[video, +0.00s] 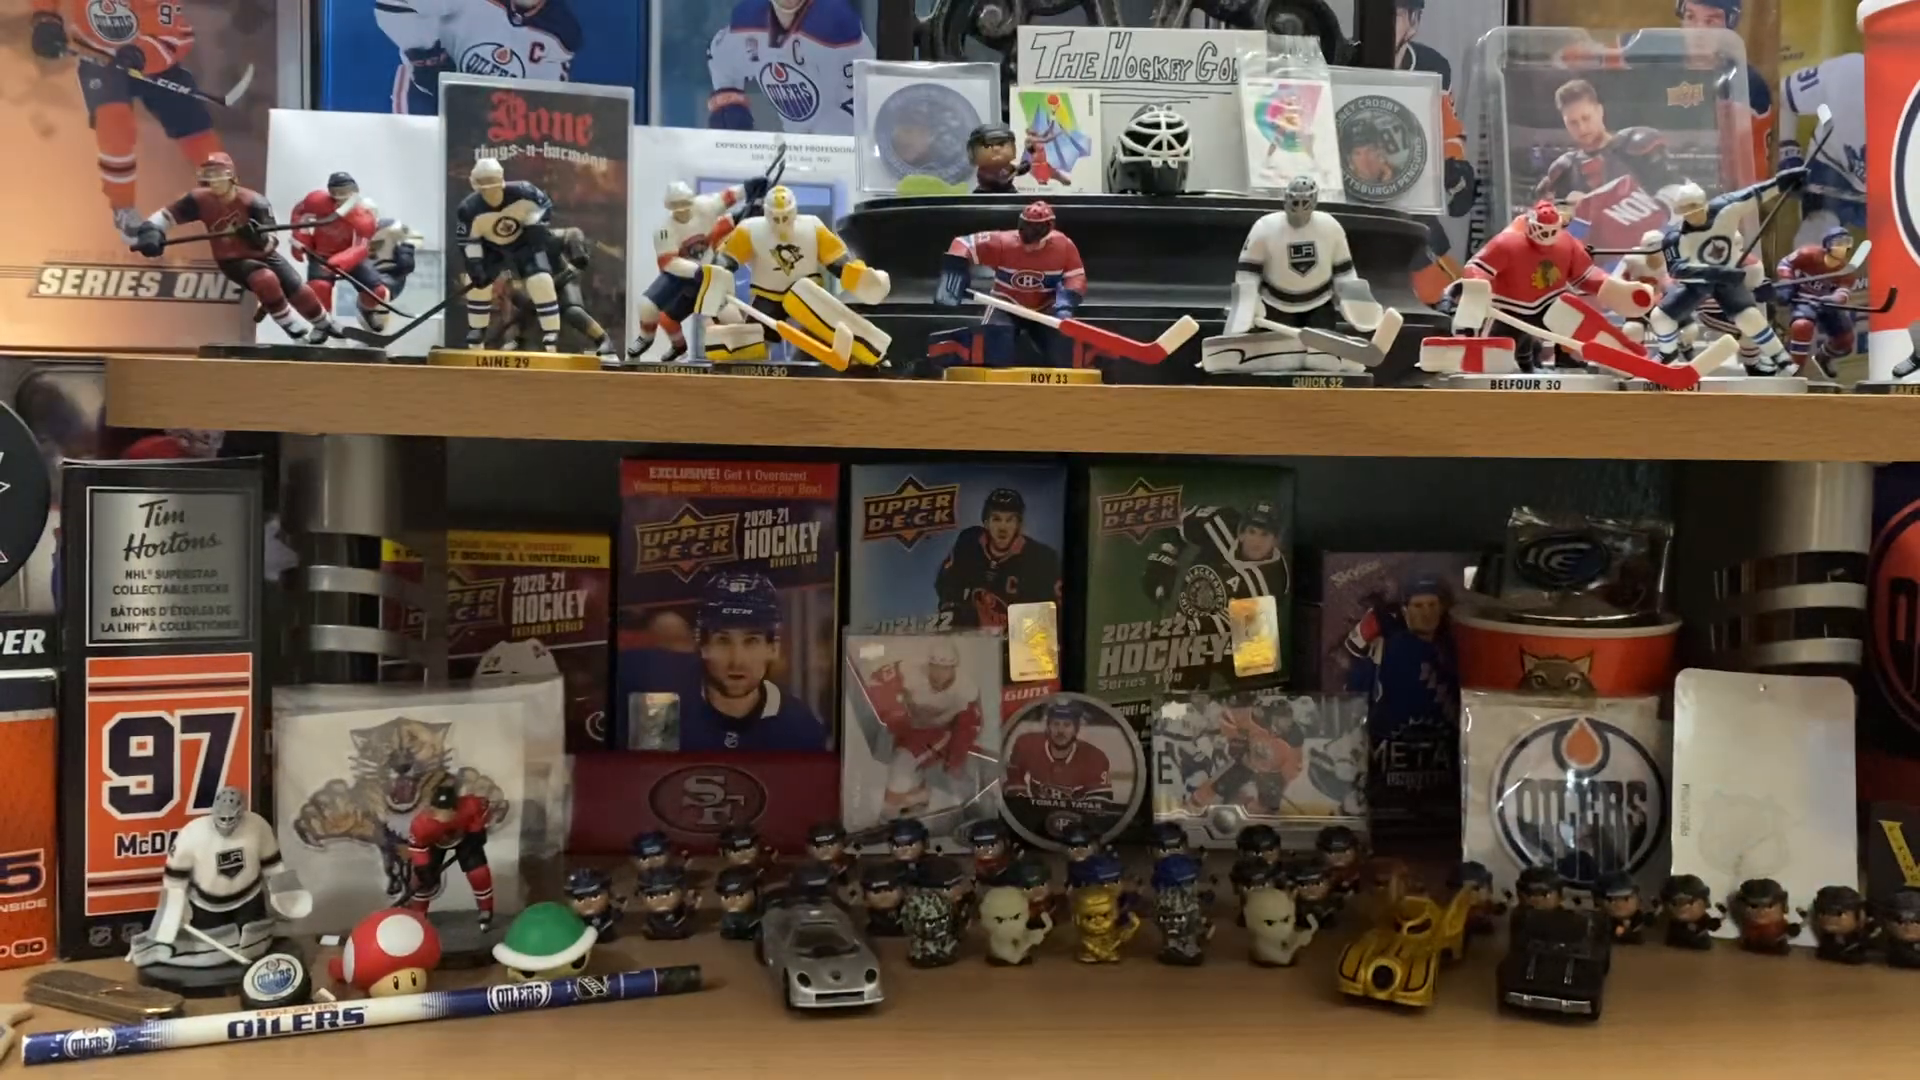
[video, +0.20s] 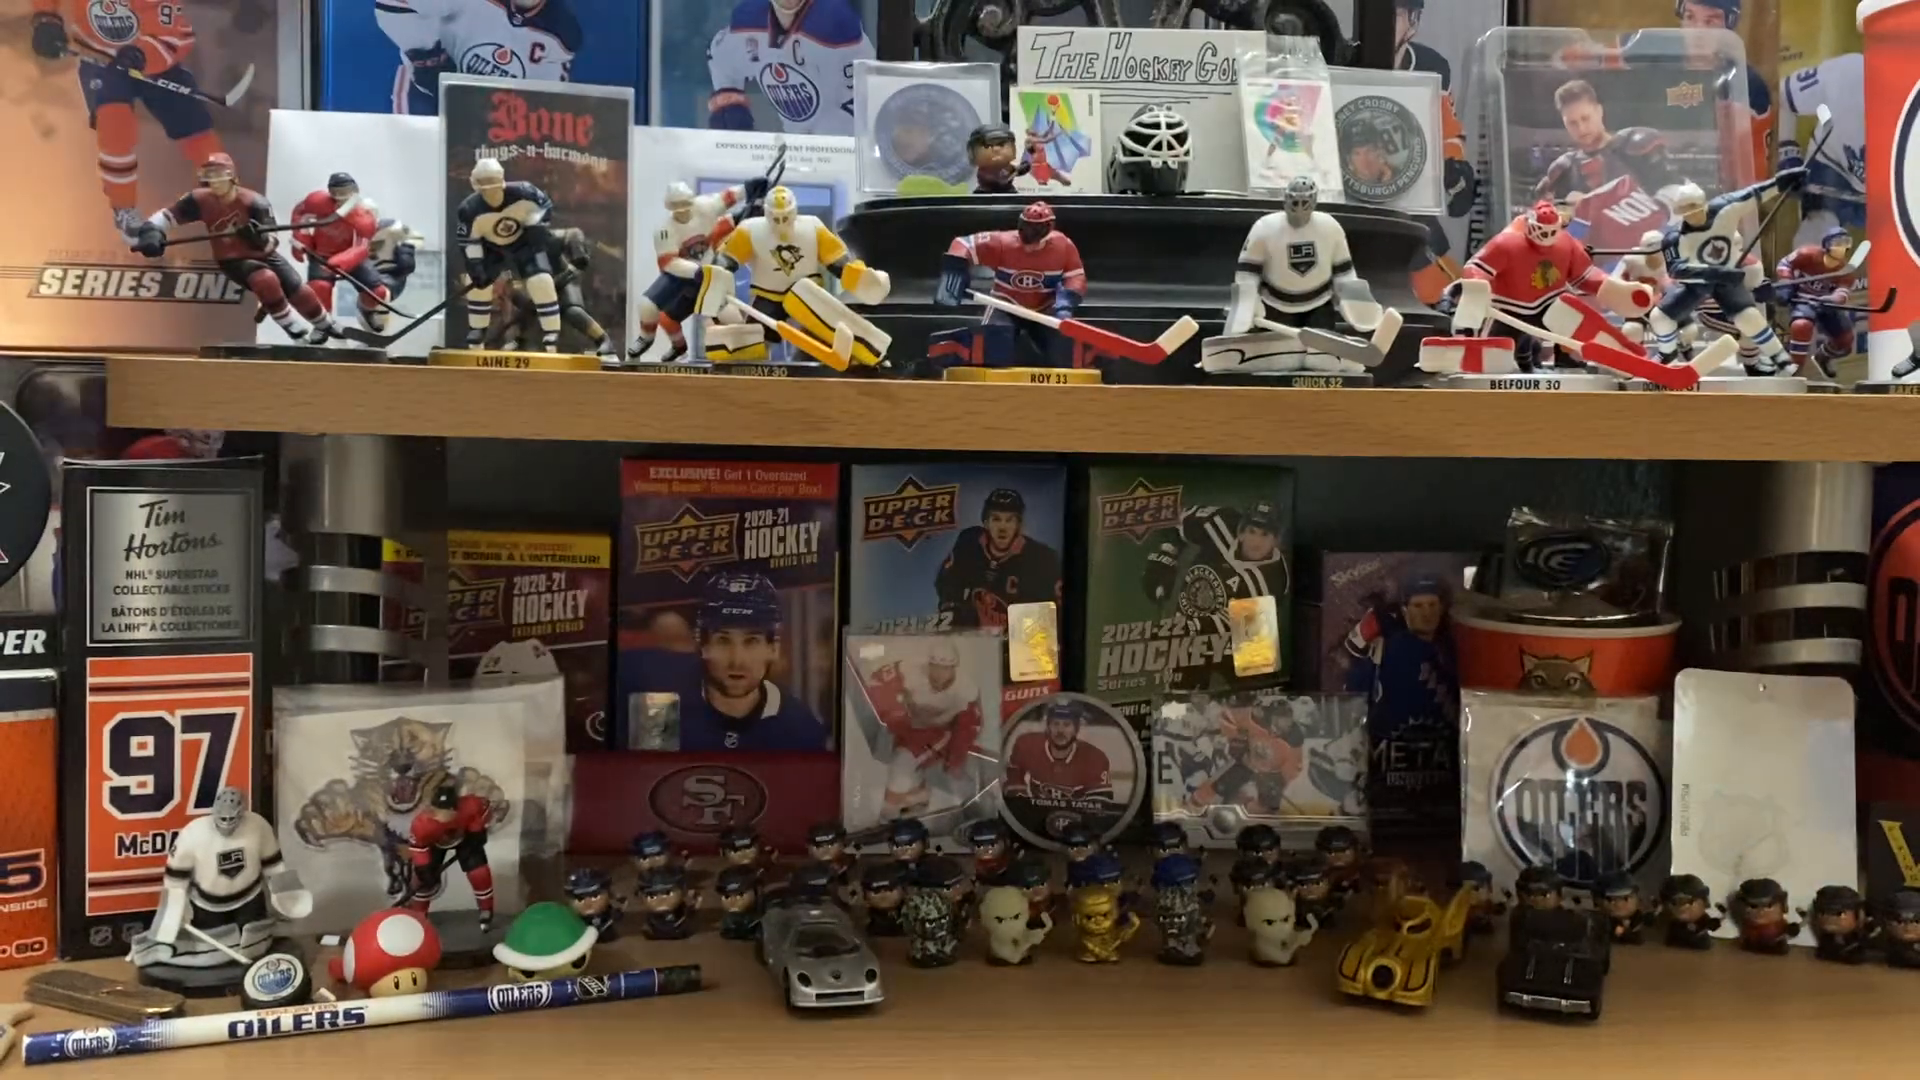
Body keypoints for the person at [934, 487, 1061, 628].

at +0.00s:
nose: (1003, 527)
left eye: (1009, 520)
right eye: (996, 520)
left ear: (1019, 524)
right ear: (986, 522)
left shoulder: (1041, 557)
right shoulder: (968, 542)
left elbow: (1045, 605)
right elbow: (944, 581)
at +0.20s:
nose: (1002, 527)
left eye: (1009, 520)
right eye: (996, 520)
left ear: (1019, 524)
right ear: (985, 523)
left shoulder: (1041, 558)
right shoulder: (968, 542)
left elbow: (1046, 605)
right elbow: (944, 581)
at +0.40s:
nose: (1003, 527)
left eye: (1009, 520)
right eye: (996, 520)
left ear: (1019, 524)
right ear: (986, 522)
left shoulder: (1041, 557)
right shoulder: (968, 542)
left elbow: (1046, 605)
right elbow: (943, 581)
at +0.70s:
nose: (1003, 527)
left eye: (1010, 521)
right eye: (996, 520)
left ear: (1019, 524)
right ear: (986, 523)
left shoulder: (1041, 557)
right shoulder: (969, 541)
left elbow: (1047, 604)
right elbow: (945, 578)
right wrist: (950, 606)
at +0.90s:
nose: (1003, 527)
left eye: (1010, 521)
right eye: (996, 520)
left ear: (1019, 524)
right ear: (986, 523)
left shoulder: (1042, 557)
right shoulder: (969, 541)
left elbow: (1048, 604)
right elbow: (945, 577)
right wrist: (949, 606)